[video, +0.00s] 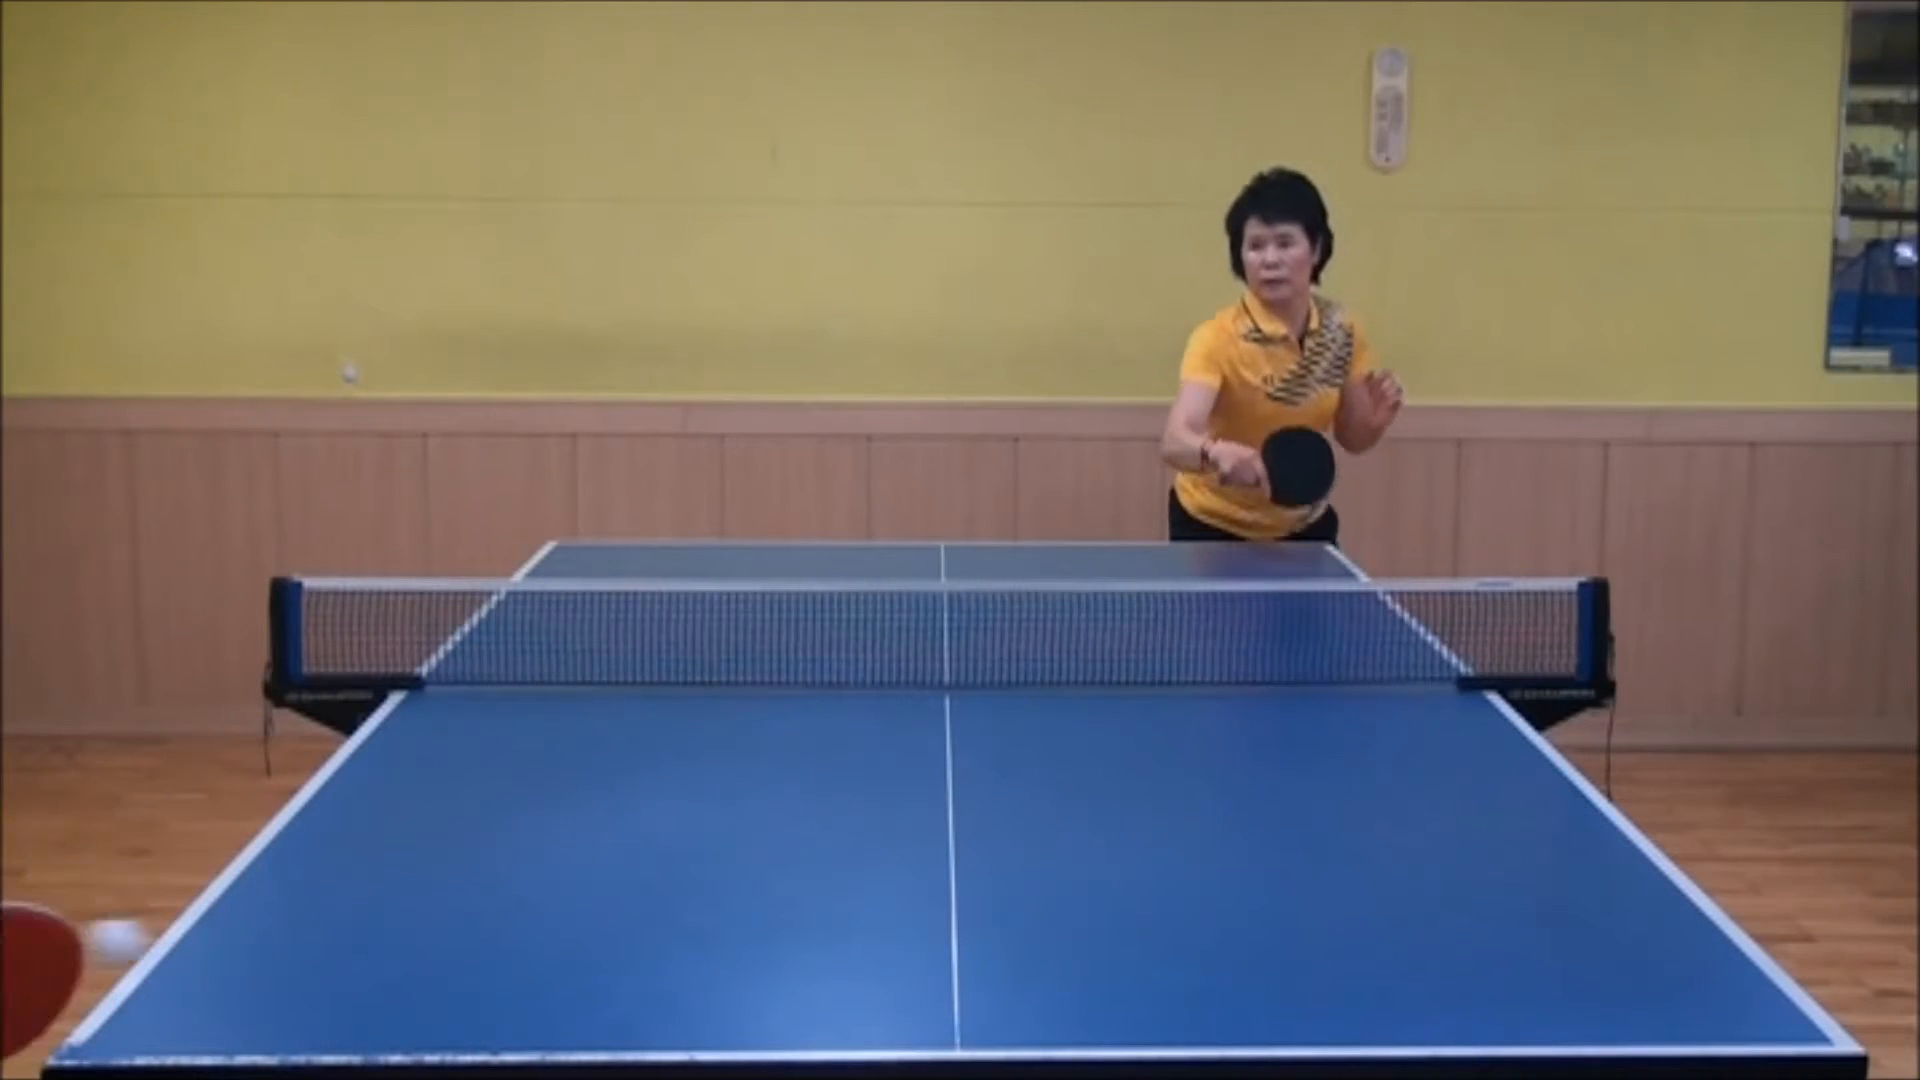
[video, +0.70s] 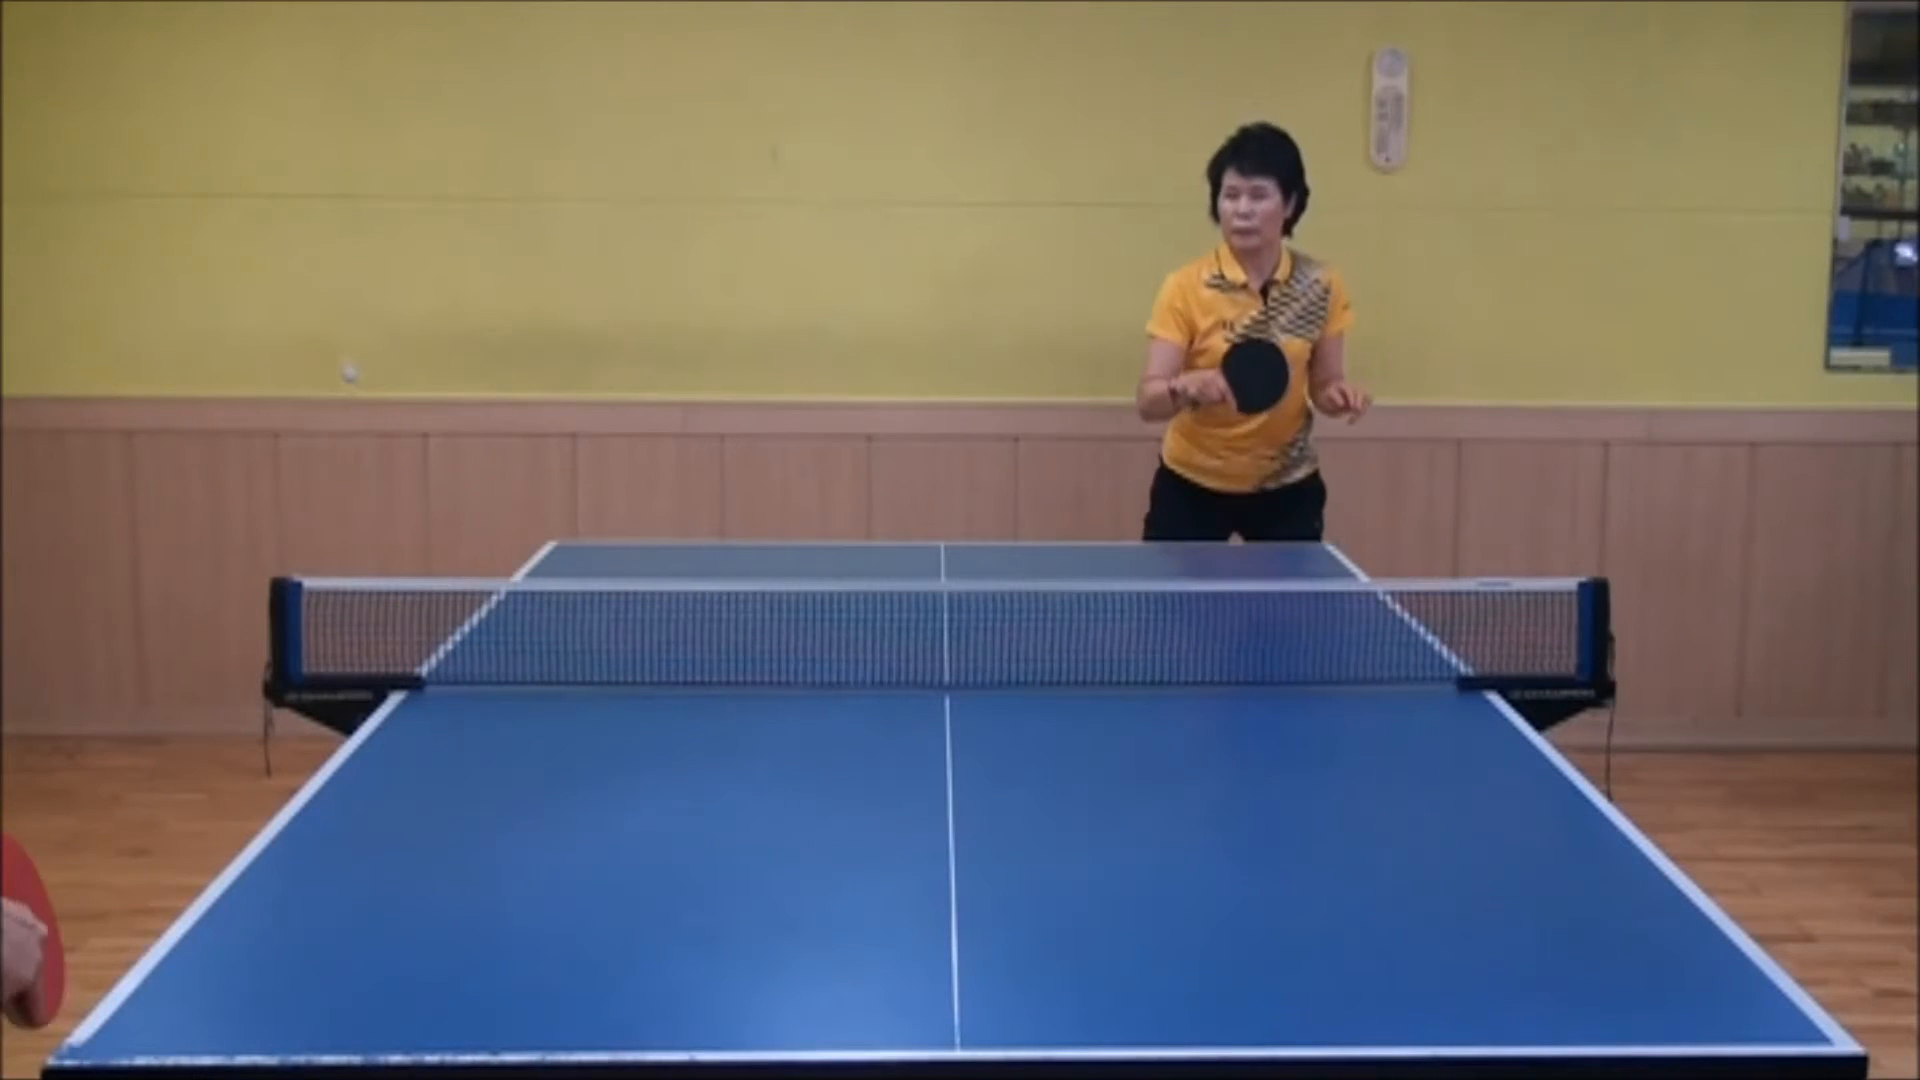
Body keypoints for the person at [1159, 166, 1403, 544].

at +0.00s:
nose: (1270, 259)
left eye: (1286, 243)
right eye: (1256, 246)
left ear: (1317, 250)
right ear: (1239, 256)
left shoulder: (1343, 335)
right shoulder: (1217, 339)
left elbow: (1352, 440)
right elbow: (1176, 441)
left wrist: (1371, 422)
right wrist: (1215, 452)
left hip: (1304, 526)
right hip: (1215, 528)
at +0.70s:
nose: (1243, 209)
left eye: (1259, 195)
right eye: (1231, 194)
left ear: (1290, 205)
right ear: (1216, 203)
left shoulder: (1321, 290)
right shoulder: (1185, 288)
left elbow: (1326, 385)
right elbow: (1148, 403)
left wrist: (1341, 398)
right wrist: (1185, 389)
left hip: (1285, 492)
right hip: (1192, 489)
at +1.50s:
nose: (1190, 200)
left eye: (1205, 185)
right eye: (1178, 186)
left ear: (1235, 193)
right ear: (1162, 196)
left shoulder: (1271, 277)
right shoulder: (1135, 278)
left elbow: (1277, 371)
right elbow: (1111, 392)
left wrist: (1281, 385)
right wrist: (1139, 388)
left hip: (1243, 481)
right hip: (1152, 478)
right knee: (1136, 599)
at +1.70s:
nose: (1207, 203)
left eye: (1222, 188)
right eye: (1195, 189)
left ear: (1254, 195)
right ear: (1180, 198)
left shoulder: (1288, 281)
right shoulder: (1155, 282)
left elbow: (1297, 372)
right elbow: (1126, 393)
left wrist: (1294, 386)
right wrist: (1153, 390)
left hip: (1262, 486)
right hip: (1170, 483)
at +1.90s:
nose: (1205, 202)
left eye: (1220, 187)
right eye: (1193, 189)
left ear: (1253, 193)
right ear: (1178, 198)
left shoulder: (1293, 278)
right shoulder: (1155, 283)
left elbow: (1308, 368)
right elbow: (1127, 395)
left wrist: (1303, 382)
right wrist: (1150, 389)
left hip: (1271, 482)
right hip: (1178, 480)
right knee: (1157, 600)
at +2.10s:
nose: (1186, 203)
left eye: (1202, 189)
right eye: (1174, 190)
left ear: (1234, 196)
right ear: (1159, 200)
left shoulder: (1274, 279)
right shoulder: (1136, 284)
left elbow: (1288, 369)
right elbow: (1108, 398)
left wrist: (1284, 381)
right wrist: (1131, 391)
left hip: (1256, 482)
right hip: (1163, 481)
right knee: (1147, 599)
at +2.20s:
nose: (1191, 207)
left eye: (1205, 192)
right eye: (1178, 193)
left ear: (1238, 198)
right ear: (1163, 203)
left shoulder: (1278, 281)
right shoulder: (1140, 285)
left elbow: (1294, 384)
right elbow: (1107, 397)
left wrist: (1282, 375)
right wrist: (1134, 392)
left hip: (1259, 483)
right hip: (1166, 482)